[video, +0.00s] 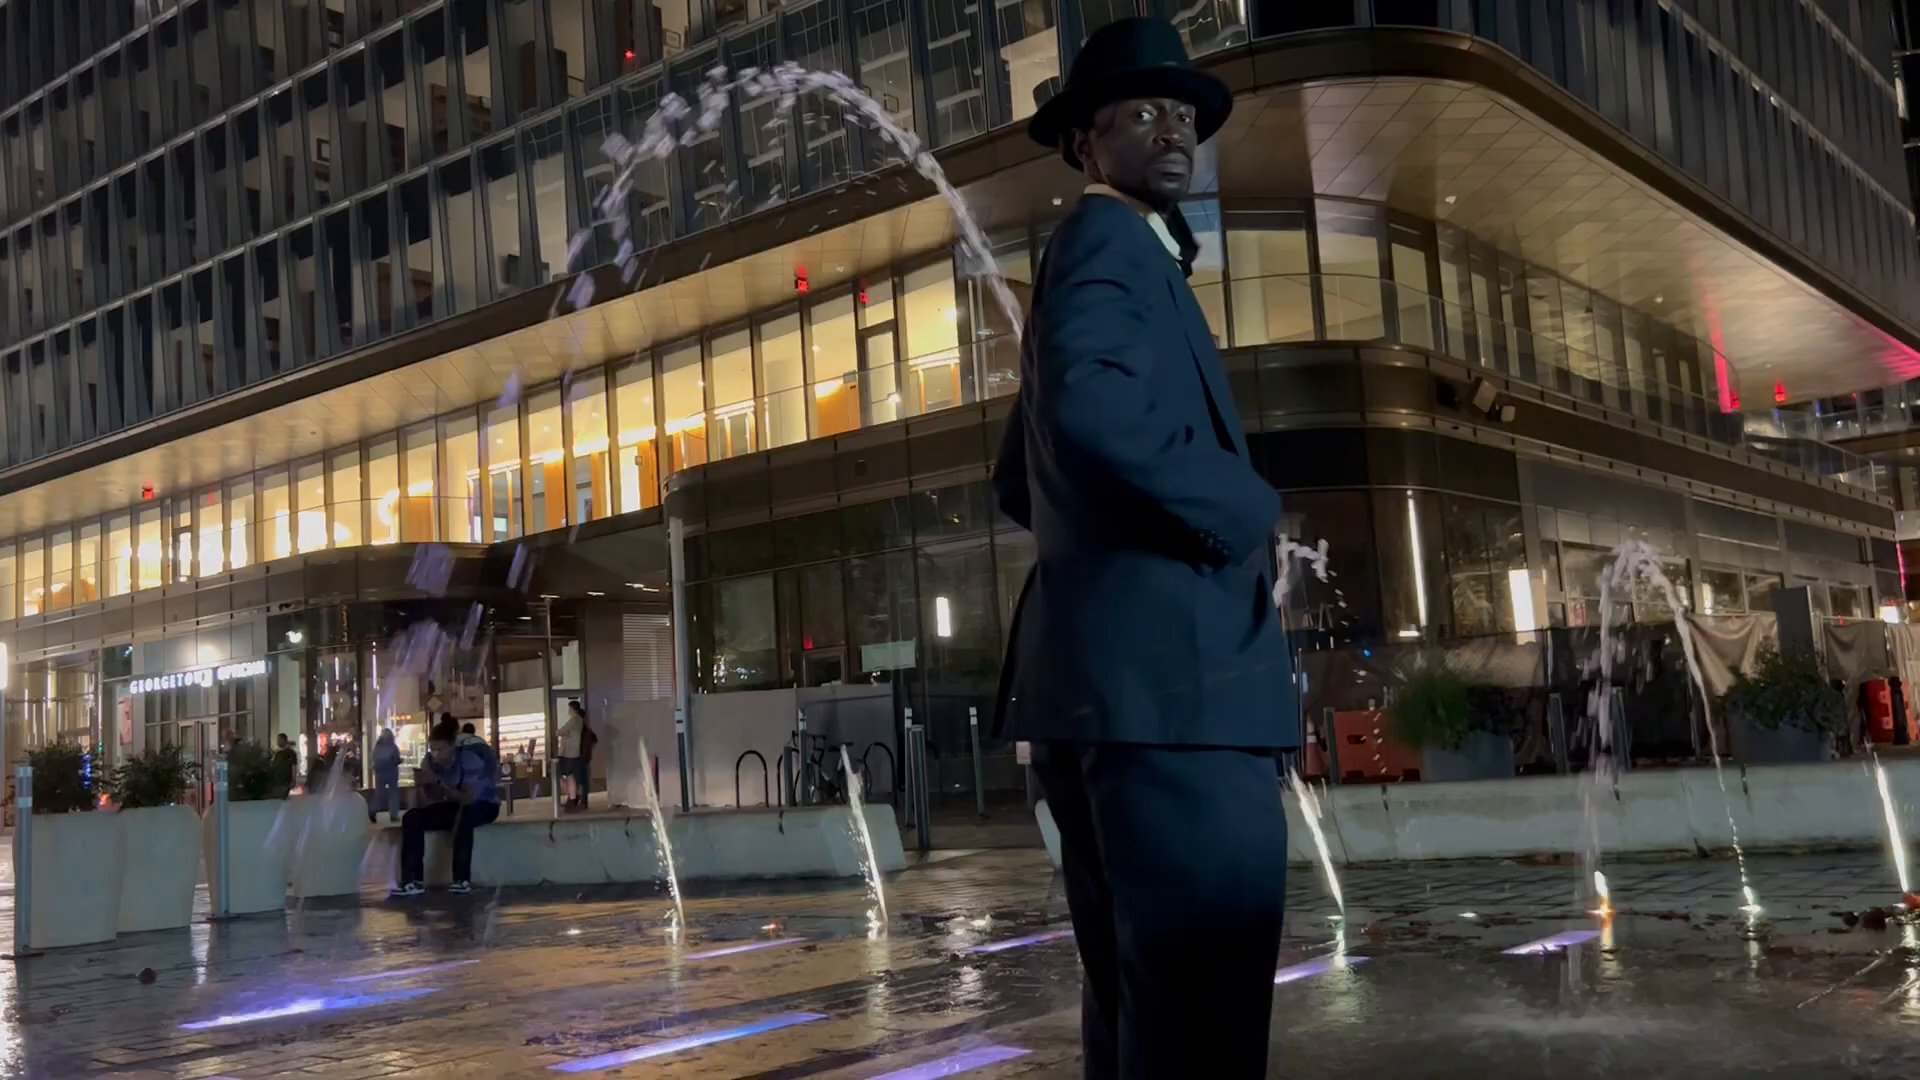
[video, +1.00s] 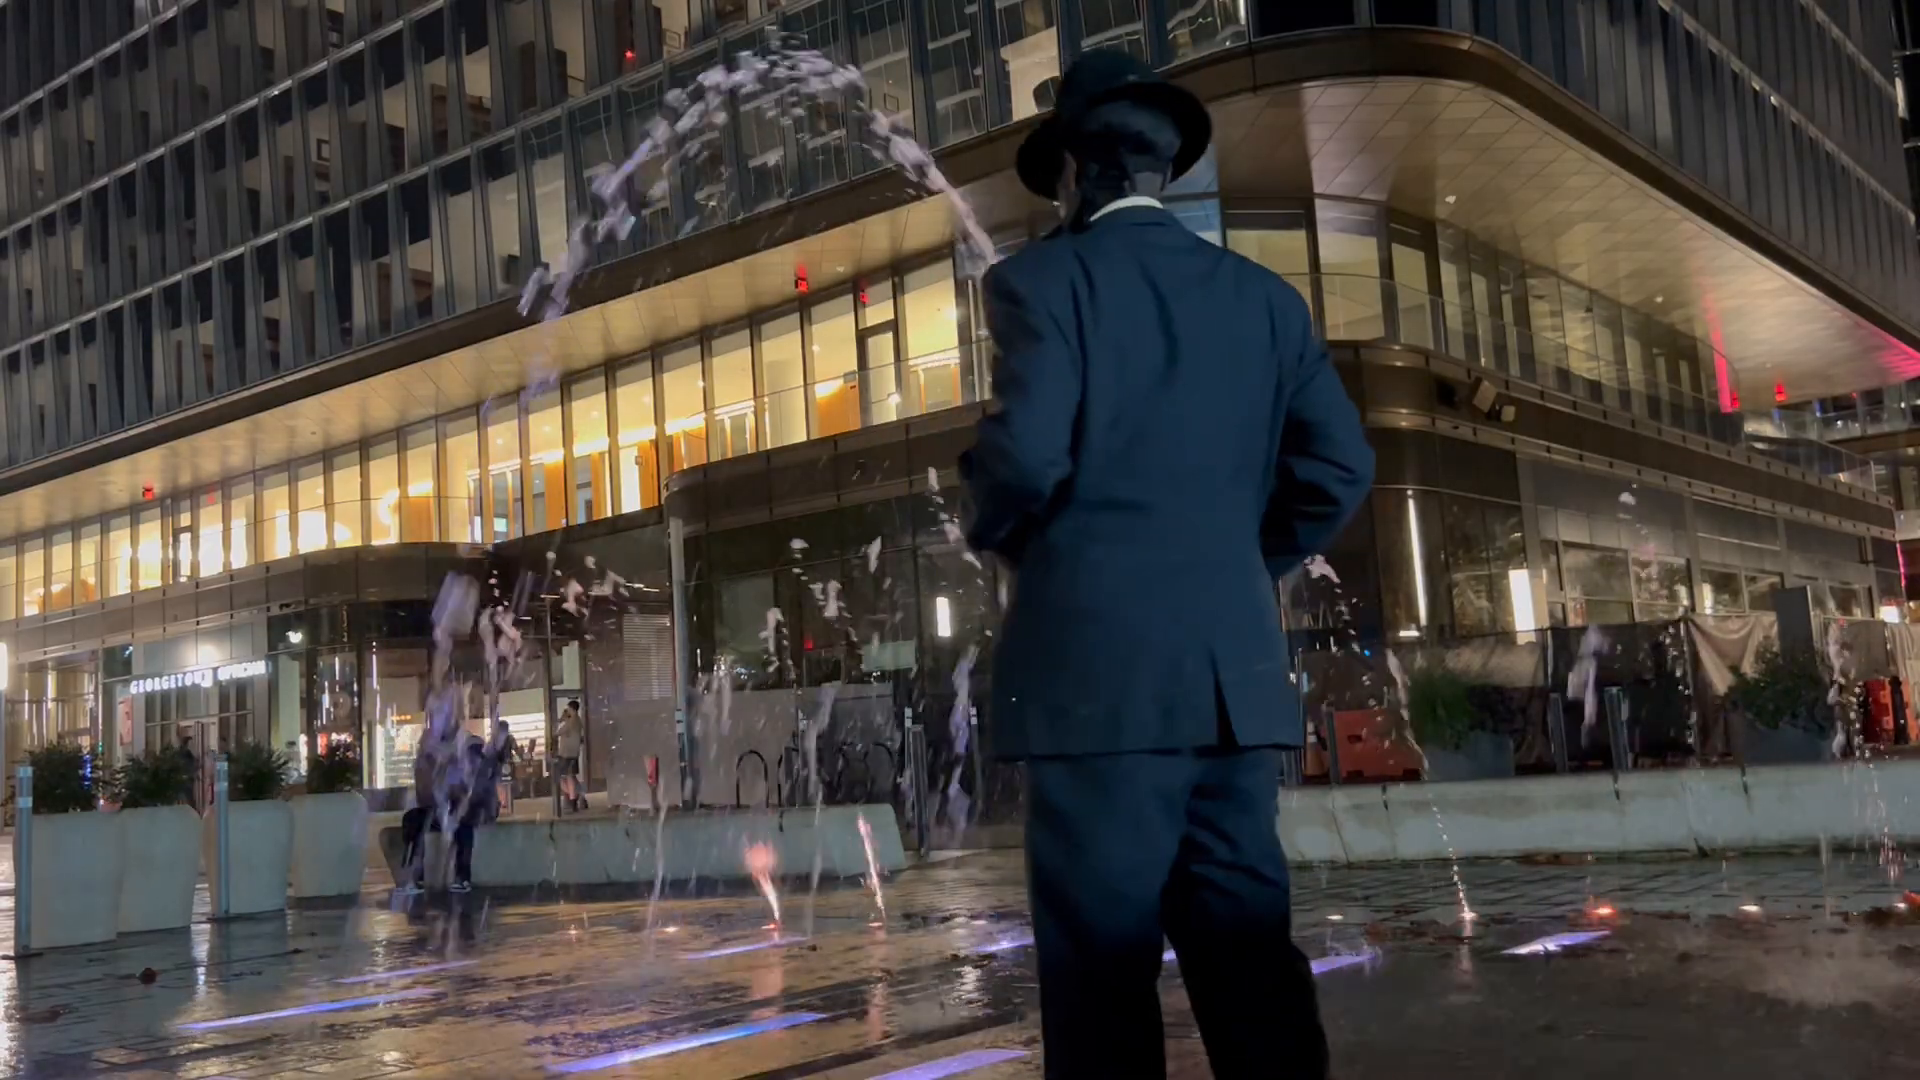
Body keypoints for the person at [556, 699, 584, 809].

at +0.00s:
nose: (568, 711)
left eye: (569, 709)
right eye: (569, 709)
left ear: (572, 709)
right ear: (577, 709)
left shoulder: (574, 720)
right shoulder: (578, 720)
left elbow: (562, 731)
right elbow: (568, 732)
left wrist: (559, 732)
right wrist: (563, 732)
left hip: (570, 754)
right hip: (573, 753)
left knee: (571, 777)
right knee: (564, 776)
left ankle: (572, 799)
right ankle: (570, 798)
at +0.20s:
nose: (568, 711)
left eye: (569, 709)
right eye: (569, 709)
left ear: (572, 709)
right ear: (578, 709)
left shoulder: (573, 721)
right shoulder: (580, 721)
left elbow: (562, 731)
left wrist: (558, 732)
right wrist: (564, 733)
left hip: (569, 754)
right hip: (576, 754)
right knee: (573, 777)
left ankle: (571, 799)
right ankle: (573, 799)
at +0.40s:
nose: (569, 713)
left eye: (570, 710)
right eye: (569, 710)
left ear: (572, 711)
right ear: (578, 711)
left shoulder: (571, 722)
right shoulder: (582, 723)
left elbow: (561, 731)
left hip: (568, 754)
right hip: (578, 754)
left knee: (569, 777)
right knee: (577, 778)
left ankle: (571, 799)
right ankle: (578, 798)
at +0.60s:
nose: (569, 711)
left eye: (570, 709)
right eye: (569, 709)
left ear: (571, 709)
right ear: (577, 709)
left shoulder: (570, 720)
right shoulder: (581, 721)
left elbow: (563, 731)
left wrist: (558, 732)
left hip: (569, 754)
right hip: (577, 754)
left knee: (571, 778)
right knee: (578, 778)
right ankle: (581, 799)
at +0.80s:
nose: (568, 711)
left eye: (569, 709)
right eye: (569, 709)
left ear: (570, 709)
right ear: (577, 709)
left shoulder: (569, 722)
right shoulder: (580, 721)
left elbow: (559, 732)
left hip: (566, 754)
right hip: (576, 753)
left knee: (565, 777)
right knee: (575, 776)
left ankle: (572, 799)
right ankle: (579, 798)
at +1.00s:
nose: (566, 711)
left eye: (567, 709)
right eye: (567, 709)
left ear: (570, 709)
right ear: (577, 709)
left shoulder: (569, 722)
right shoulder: (578, 721)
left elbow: (558, 732)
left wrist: (561, 720)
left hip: (565, 753)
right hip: (574, 753)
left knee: (562, 776)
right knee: (572, 776)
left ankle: (570, 798)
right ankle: (574, 798)